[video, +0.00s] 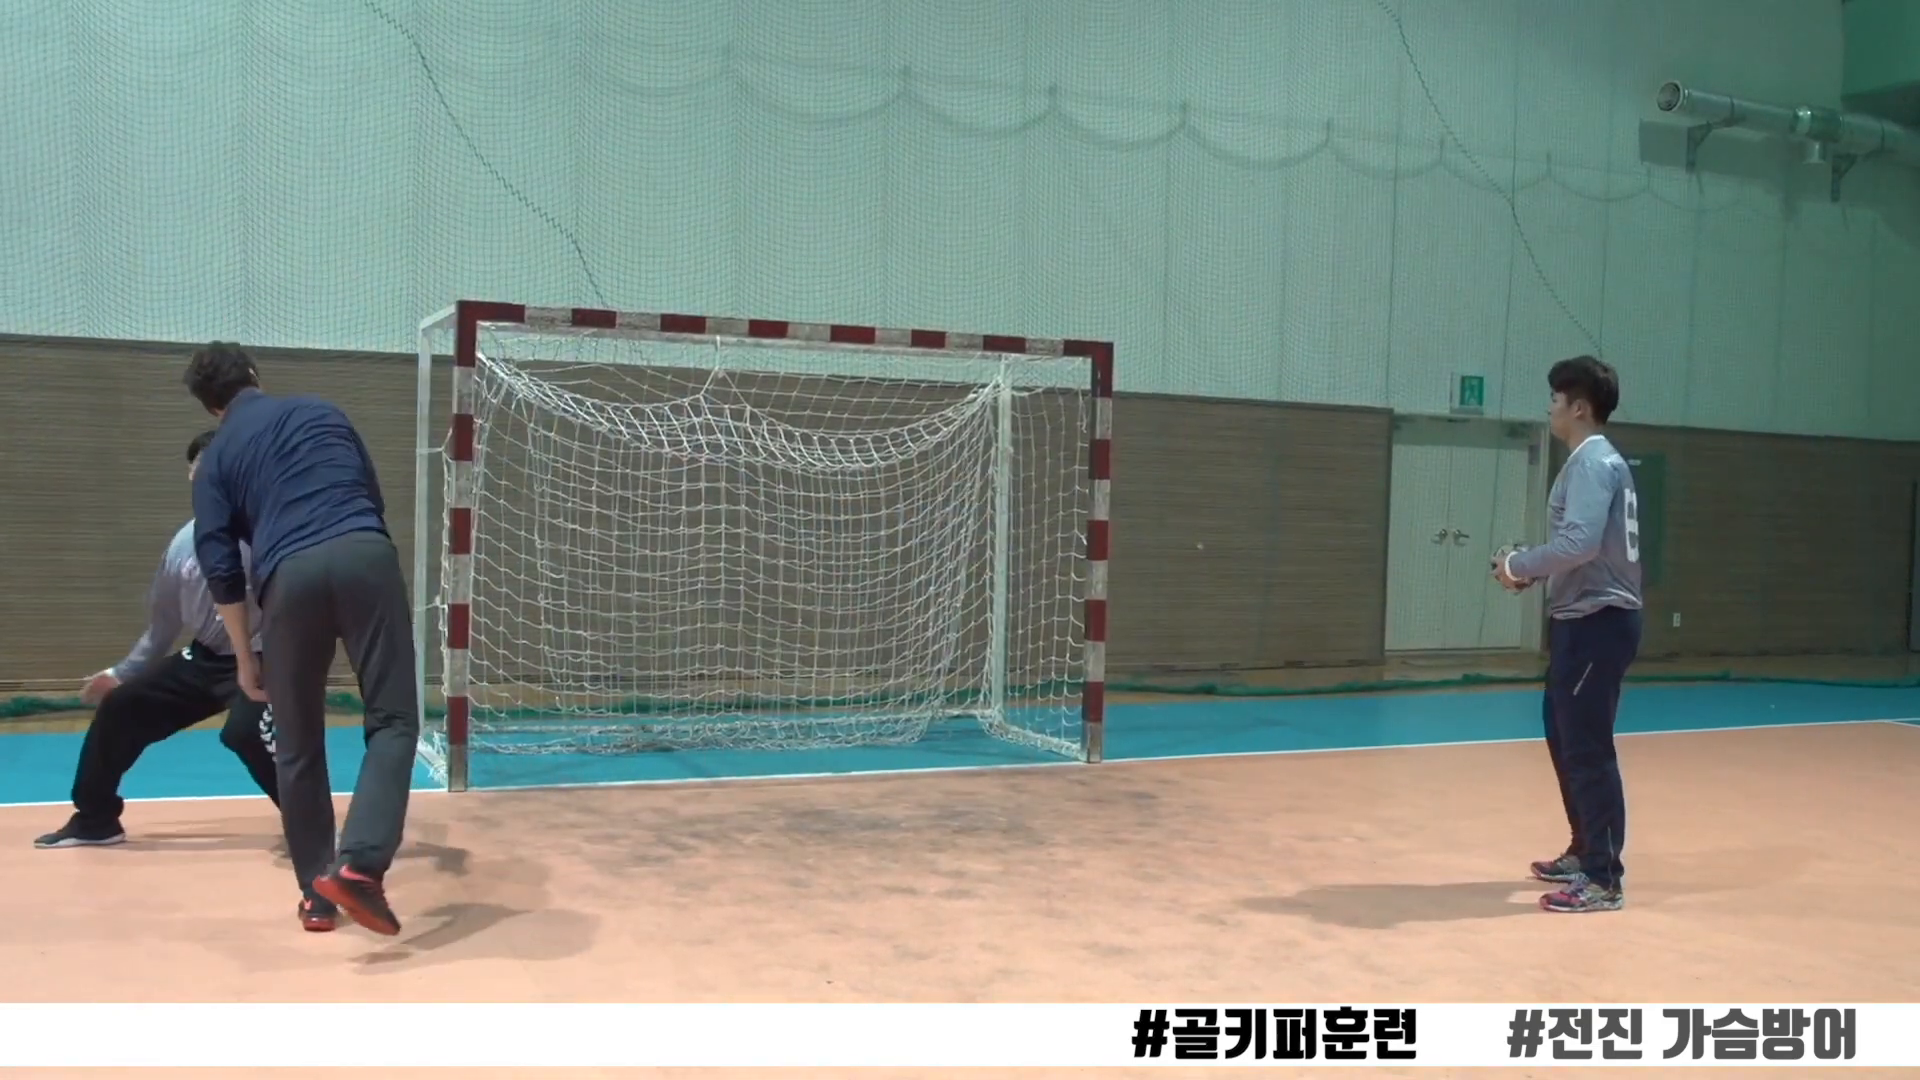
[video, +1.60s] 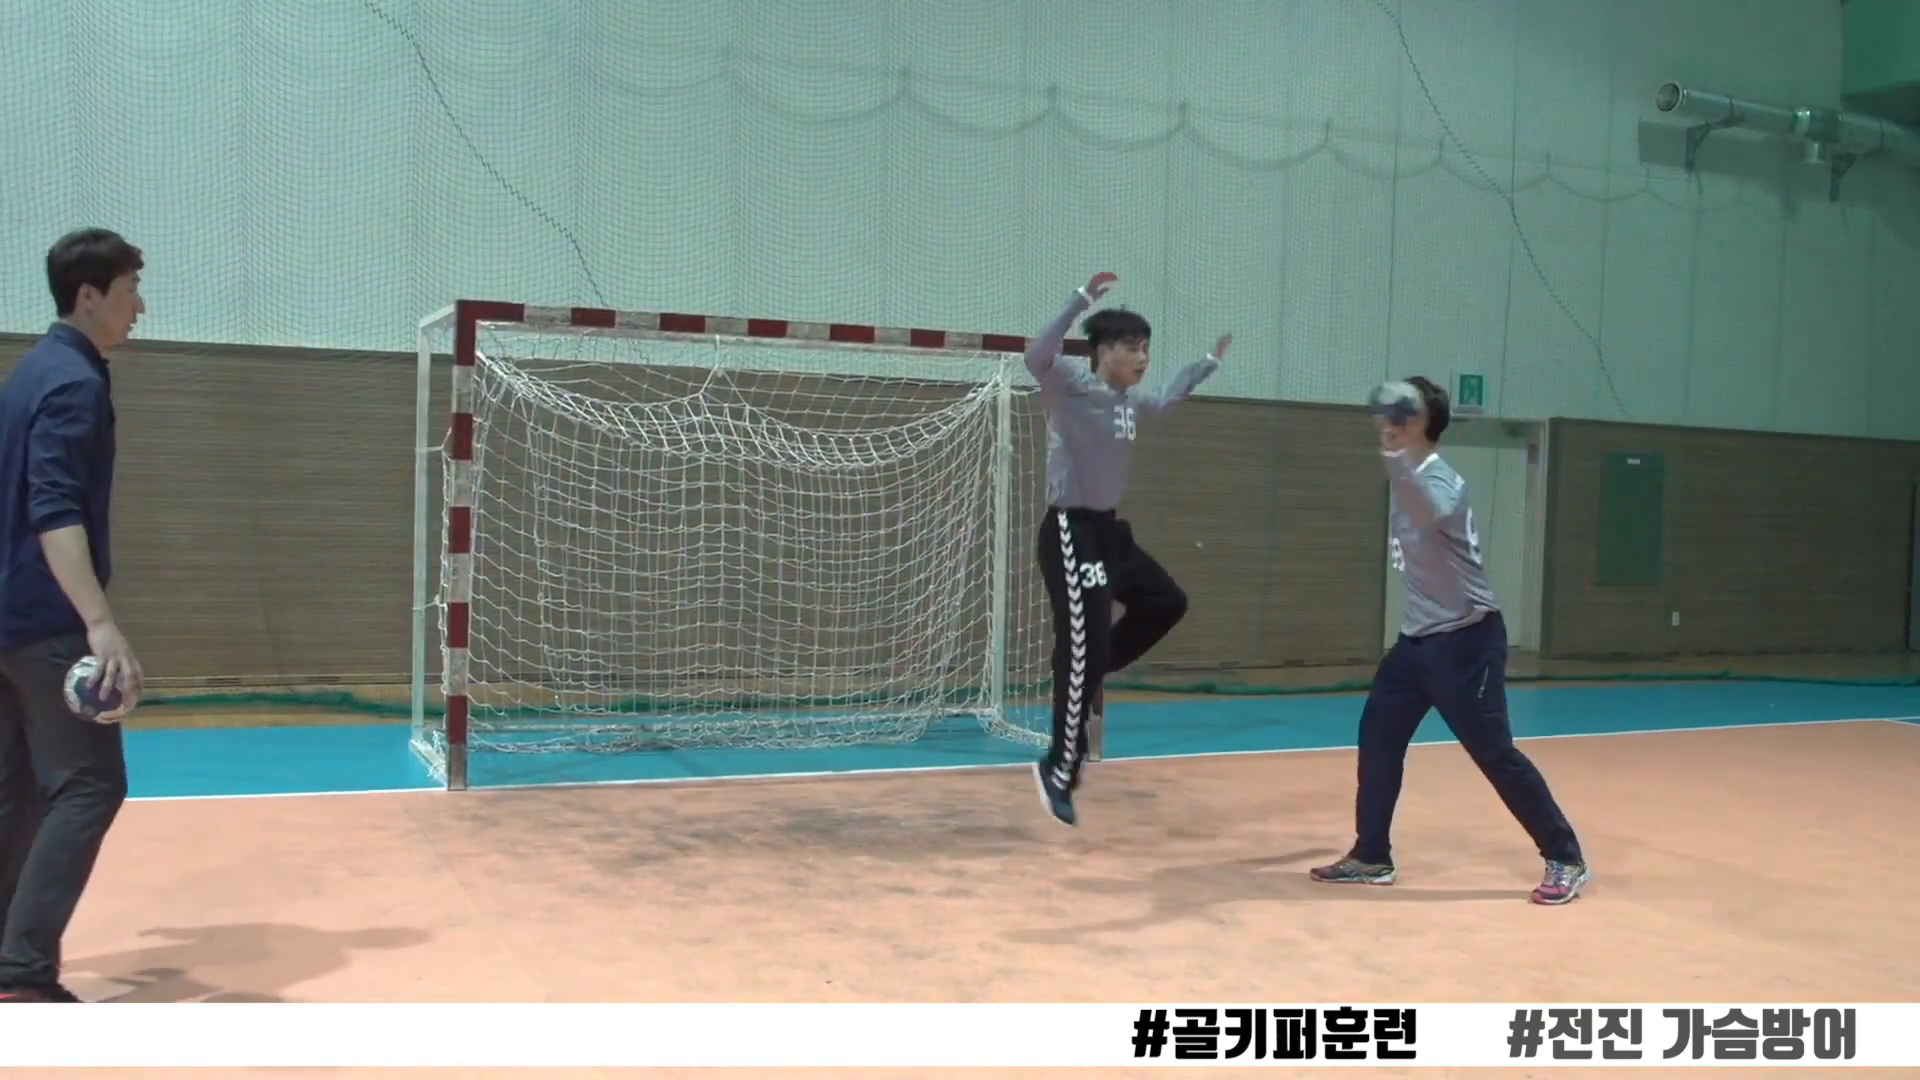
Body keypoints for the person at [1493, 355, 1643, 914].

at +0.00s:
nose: (1550, 408)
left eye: (1557, 399)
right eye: (1552, 398)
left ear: (1581, 405)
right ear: (1585, 407)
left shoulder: (1593, 460)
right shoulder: (1591, 459)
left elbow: (1581, 543)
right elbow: (1583, 545)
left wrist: (1520, 564)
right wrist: (1533, 569)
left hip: (1600, 620)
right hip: (1583, 619)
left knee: (1584, 738)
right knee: (1562, 731)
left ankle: (1603, 878)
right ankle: (1586, 852)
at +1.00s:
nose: (1511, 414)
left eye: (1519, 404)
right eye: (1515, 404)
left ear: (1544, 413)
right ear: (1541, 413)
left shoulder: (1566, 459)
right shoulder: (1534, 474)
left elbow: (1610, 498)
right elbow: (1515, 542)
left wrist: (1538, 520)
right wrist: (1468, 572)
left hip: (1565, 619)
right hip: (1538, 620)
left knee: (1544, 733)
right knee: (1555, 734)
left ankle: (1584, 867)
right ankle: (1573, 852)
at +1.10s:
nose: (1498, 417)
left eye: (1506, 409)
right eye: (1500, 408)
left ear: (1532, 416)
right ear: (1526, 416)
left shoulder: (1573, 464)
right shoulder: (1507, 477)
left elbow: (1641, 479)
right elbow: (1503, 549)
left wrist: (1590, 469)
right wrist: (1459, 588)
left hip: (1560, 623)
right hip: (1521, 624)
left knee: (1543, 738)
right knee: (1537, 738)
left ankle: (1582, 867)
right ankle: (1567, 852)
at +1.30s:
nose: (1464, 428)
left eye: (1472, 420)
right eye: (1466, 419)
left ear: (1499, 427)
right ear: (1494, 428)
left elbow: (1618, 470)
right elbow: (1468, 547)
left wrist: (1604, 409)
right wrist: (1451, 600)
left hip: (1543, 631)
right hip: (1488, 631)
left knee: (1543, 743)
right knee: (1457, 726)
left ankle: (1578, 867)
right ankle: (1526, 822)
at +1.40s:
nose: (1436, 433)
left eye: (1442, 425)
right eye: (1438, 424)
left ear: (1470, 432)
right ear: (1466, 431)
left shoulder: (1521, 482)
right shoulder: (1450, 481)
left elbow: (1575, 487)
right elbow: (1462, 552)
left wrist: (1571, 423)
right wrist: (1455, 609)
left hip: (1524, 636)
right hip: (1467, 634)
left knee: (1535, 750)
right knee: (1422, 717)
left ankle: (1576, 868)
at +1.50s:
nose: (1409, 434)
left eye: (1414, 426)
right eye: (1410, 425)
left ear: (1438, 433)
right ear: (1438, 431)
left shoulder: (1478, 484)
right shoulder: (1432, 486)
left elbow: (1509, 514)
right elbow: (1451, 554)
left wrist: (1503, 447)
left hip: (1494, 638)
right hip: (1441, 639)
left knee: (1520, 754)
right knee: (1397, 736)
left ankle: (1574, 867)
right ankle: (1367, 847)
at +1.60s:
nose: (1391, 424)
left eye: (1404, 415)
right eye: (1387, 415)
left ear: (1429, 424)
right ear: (1385, 423)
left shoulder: (1443, 477)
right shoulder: (1405, 475)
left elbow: (1428, 515)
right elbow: (1426, 549)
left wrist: (1397, 462)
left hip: (1467, 637)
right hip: (1418, 639)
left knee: (1494, 753)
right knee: (1379, 736)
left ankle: (1565, 858)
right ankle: (1371, 855)